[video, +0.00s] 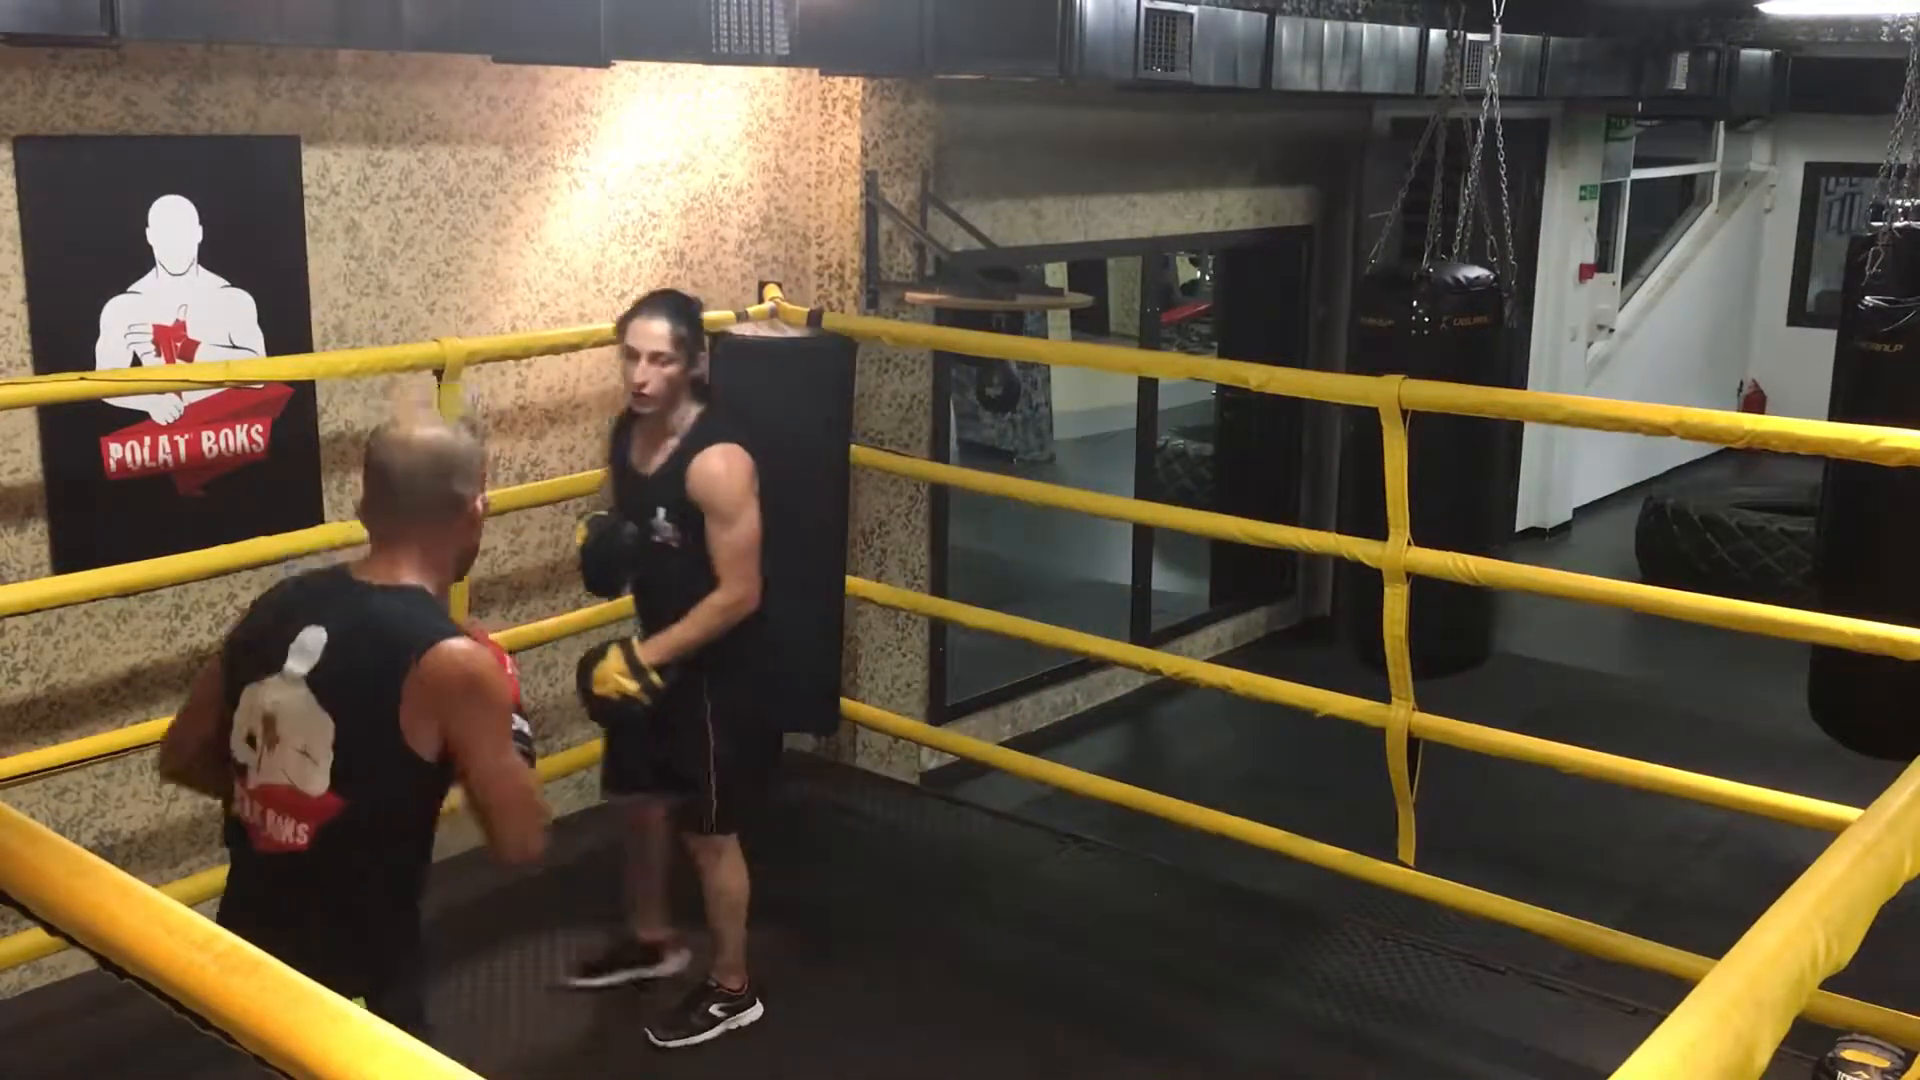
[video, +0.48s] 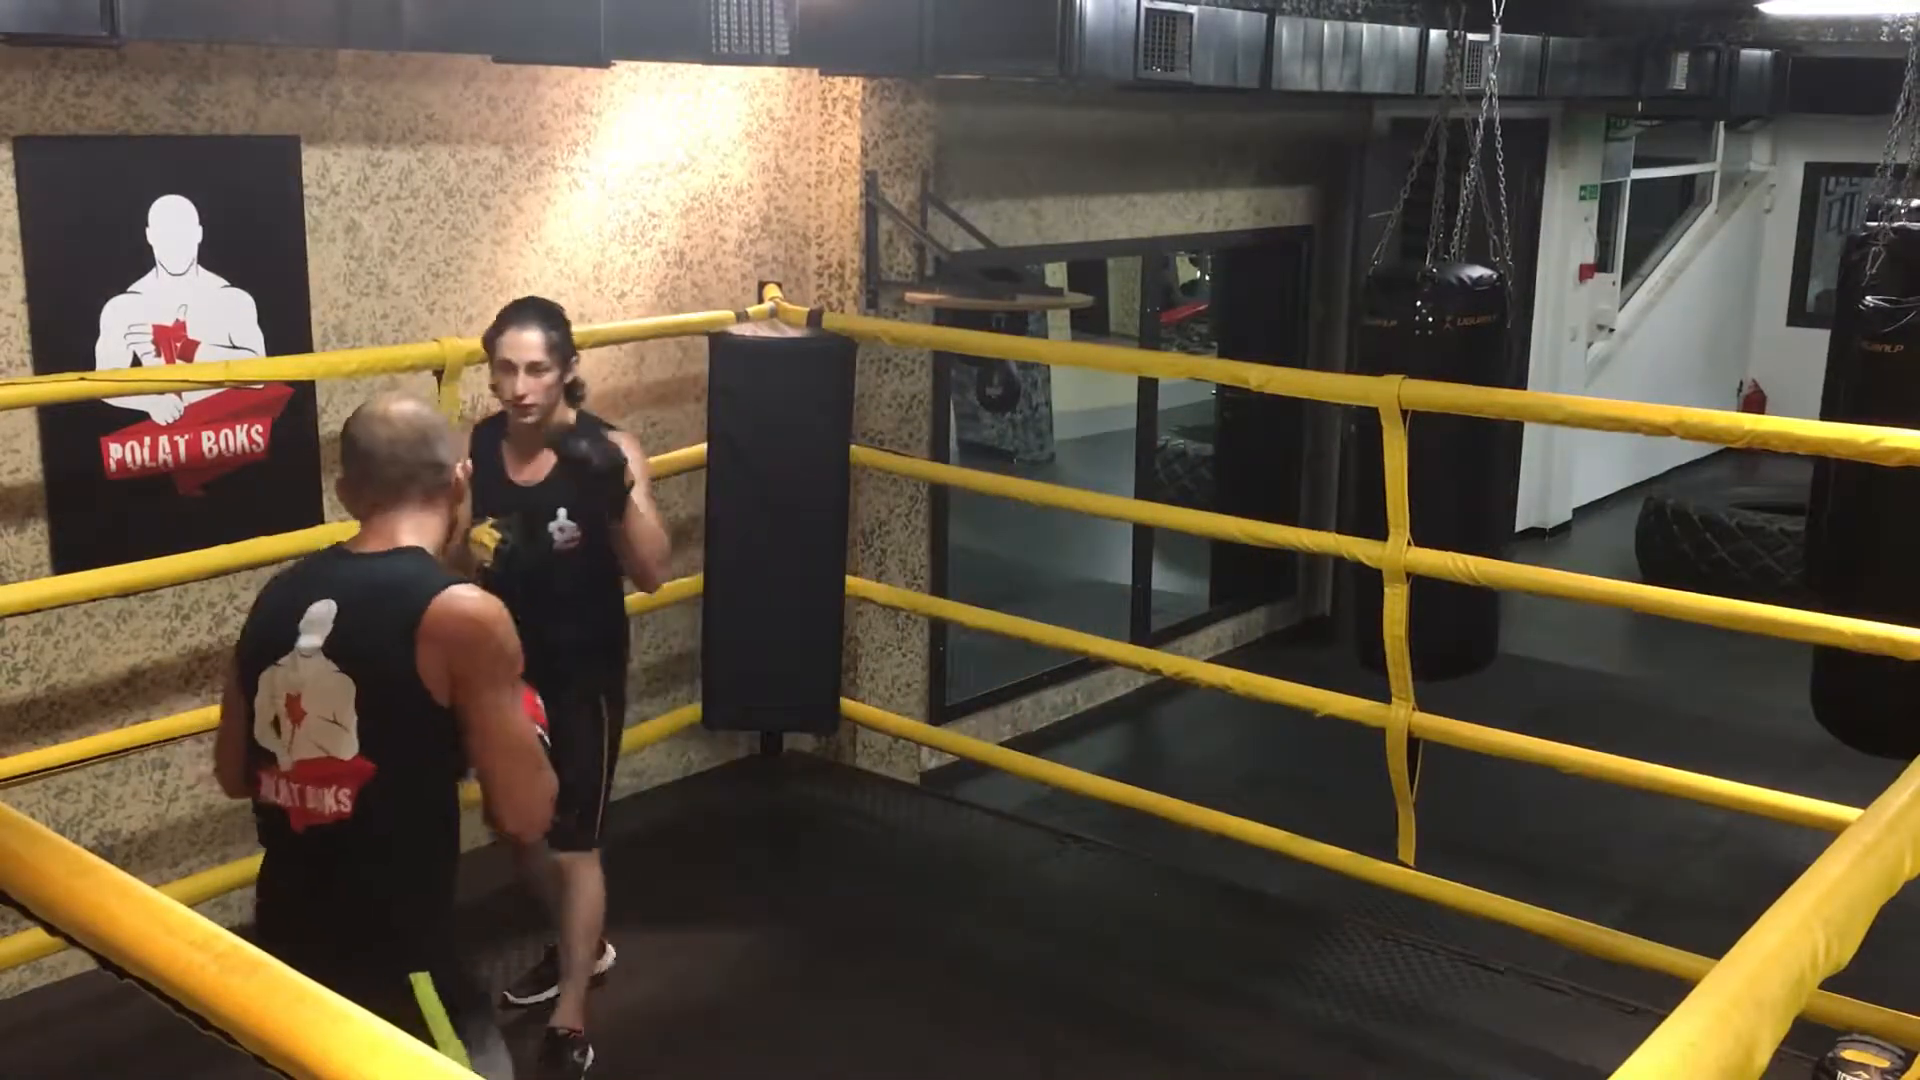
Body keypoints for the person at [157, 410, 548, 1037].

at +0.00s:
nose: (482, 519)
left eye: (479, 502)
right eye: (482, 504)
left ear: (364, 508)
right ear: (471, 514)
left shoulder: (279, 605)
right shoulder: (456, 666)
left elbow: (183, 755)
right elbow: (520, 845)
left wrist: (289, 788)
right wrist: (513, 729)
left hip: (246, 958)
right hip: (364, 975)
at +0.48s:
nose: (469, 491)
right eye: (467, 476)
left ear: (347, 491)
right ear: (458, 479)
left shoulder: (280, 594)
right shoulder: (465, 617)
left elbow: (235, 773)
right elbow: (524, 816)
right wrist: (508, 707)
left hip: (289, 936)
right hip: (401, 946)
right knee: (482, 1062)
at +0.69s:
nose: (515, 496)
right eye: (512, 486)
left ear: (386, 509)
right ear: (503, 503)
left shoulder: (305, 616)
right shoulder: (513, 648)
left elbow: (218, 797)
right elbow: (576, 814)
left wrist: (339, 751)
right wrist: (545, 669)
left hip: (304, 980)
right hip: (433, 988)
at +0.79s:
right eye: (527, 500)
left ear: (398, 507)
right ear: (518, 511)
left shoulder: (312, 619)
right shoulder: (538, 652)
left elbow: (215, 794)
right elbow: (594, 805)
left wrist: (341, 754)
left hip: (303, 980)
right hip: (441, 990)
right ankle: (567, 1016)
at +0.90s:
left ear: (400, 540)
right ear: (525, 537)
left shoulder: (308, 648)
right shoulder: (550, 684)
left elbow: (223, 813)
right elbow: (611, 795)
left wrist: (342, 785)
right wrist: (557, 661)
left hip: (300, 1001)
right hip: (444, 1016)